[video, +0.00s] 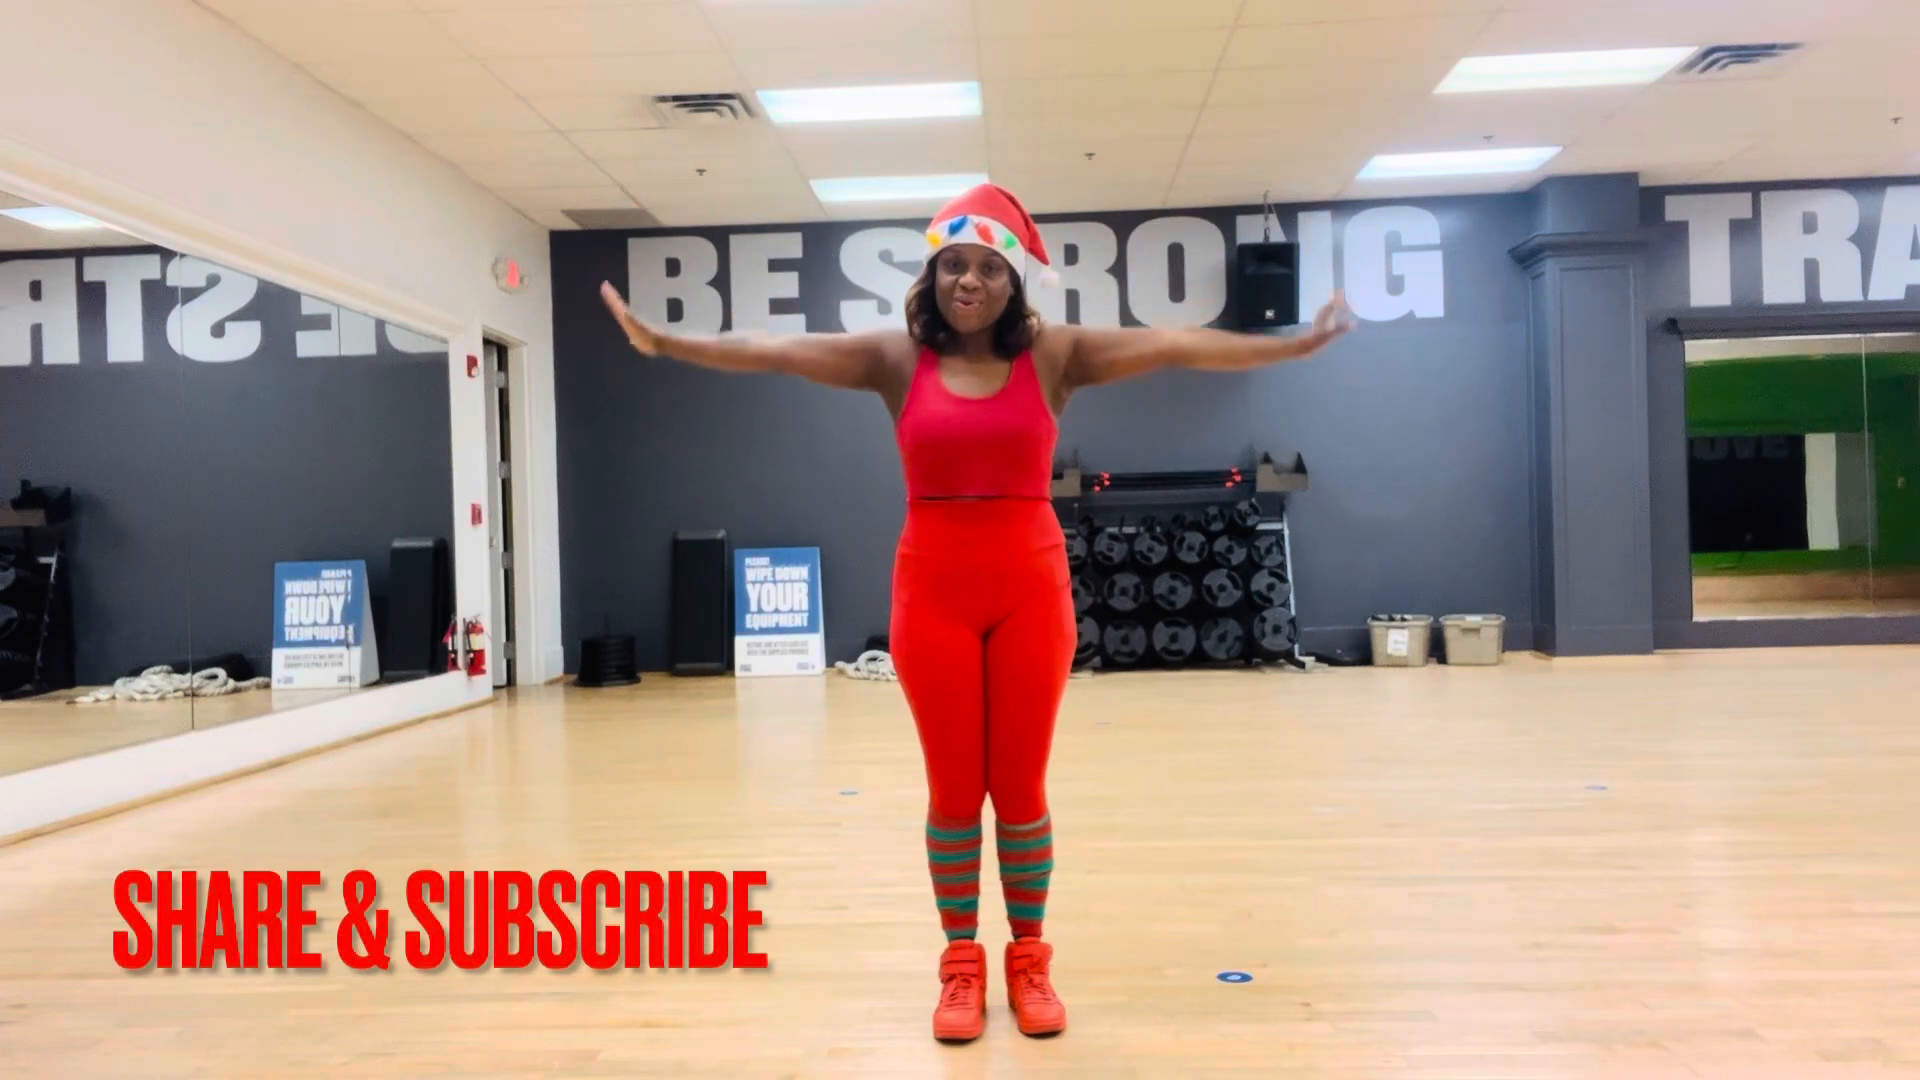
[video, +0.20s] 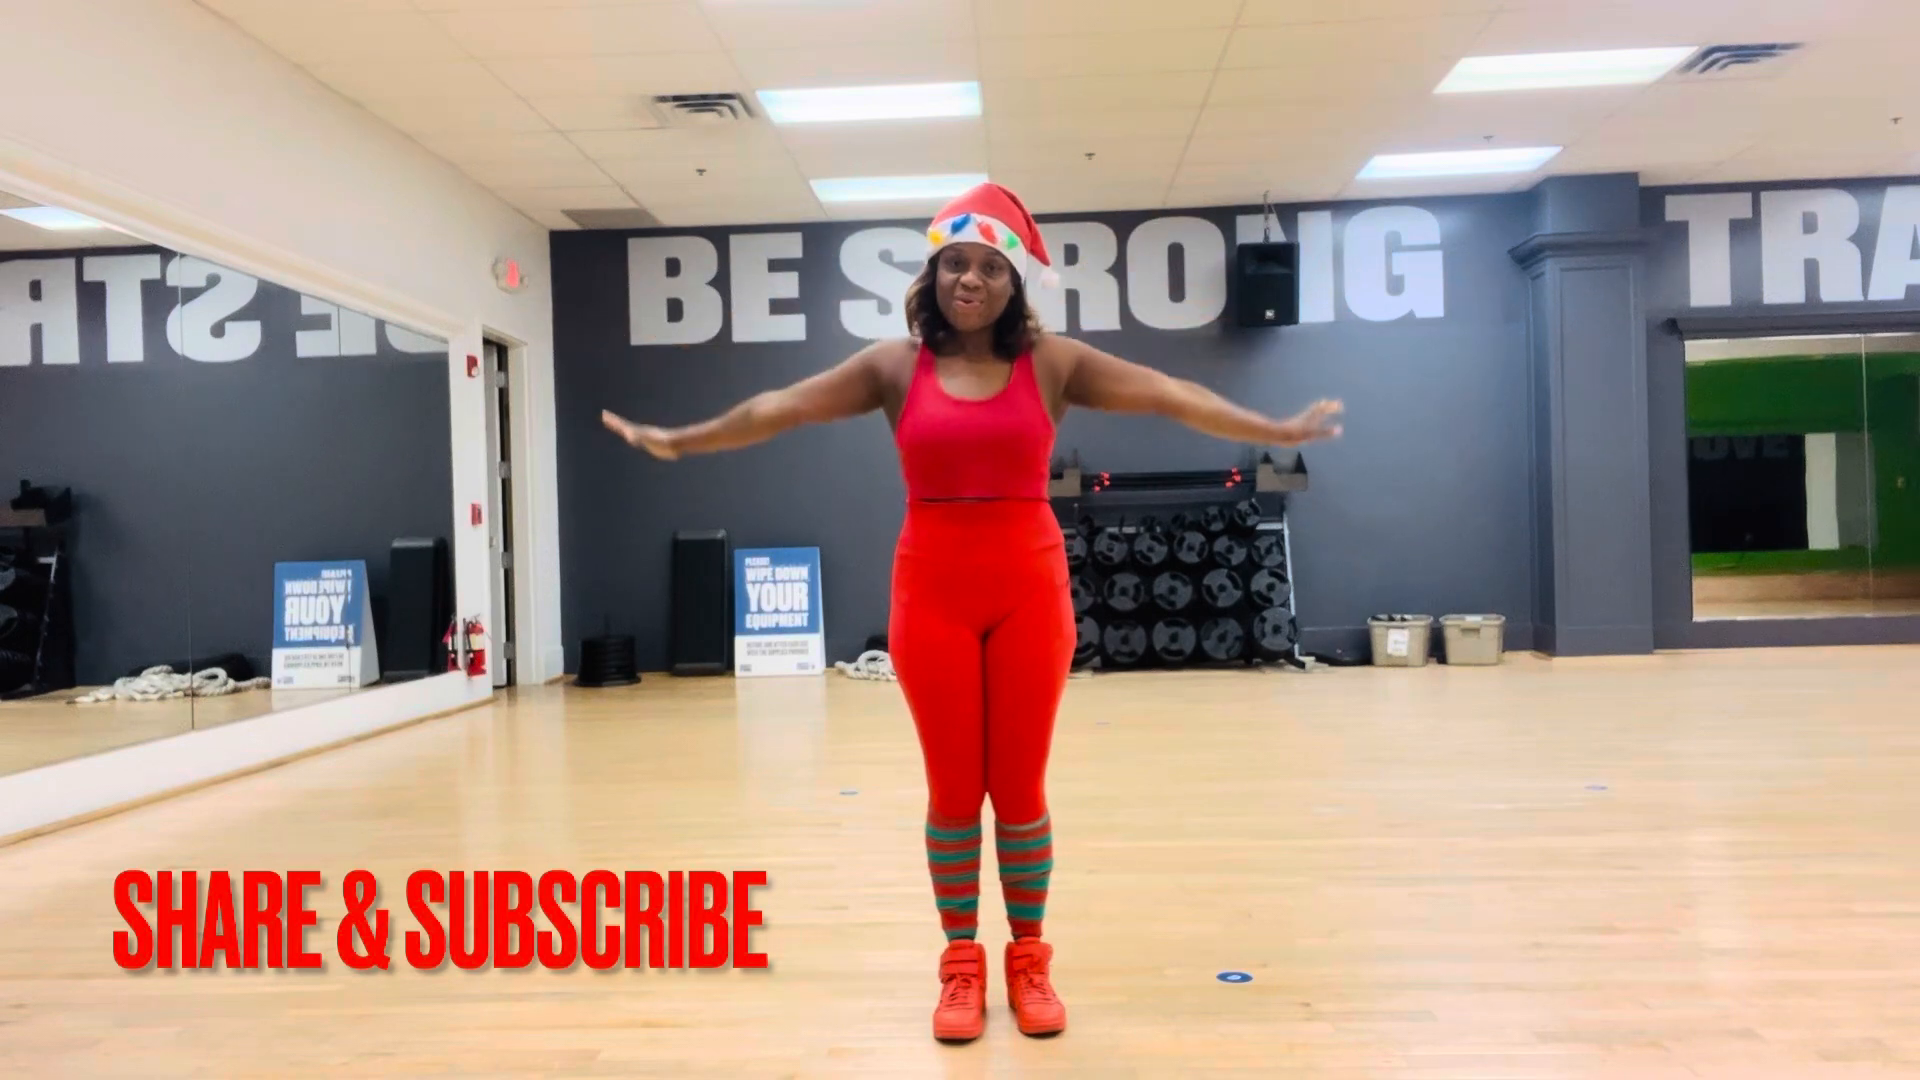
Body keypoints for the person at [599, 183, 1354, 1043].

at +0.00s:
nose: (966, 285)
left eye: (984, 270)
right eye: (952, 268)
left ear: (1014, 278)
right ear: (931, 276)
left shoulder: (1054, 351)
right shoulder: (898, 355)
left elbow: (1176, 345)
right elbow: (774, 353)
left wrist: (1291, 345)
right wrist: (658, 342)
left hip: (1031, 591)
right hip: (933, 593)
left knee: (1019, 786)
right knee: (955, 785)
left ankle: (1030, 961)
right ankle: (962, 966)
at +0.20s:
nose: (968, 280)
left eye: (985, 268)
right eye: (954, 267)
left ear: (1013, 282)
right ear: (933, 280)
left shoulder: (1051, 361)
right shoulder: (896, 364)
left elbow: (1170, 396)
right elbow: (779, 408)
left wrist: (1276, 430)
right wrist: (678, 442)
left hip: (1031, 589)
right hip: (932, 593)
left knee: (1019, 785)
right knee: (954, 787)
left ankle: (1030, 959)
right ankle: (962, 965)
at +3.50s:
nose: (907, 281)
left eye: (923, 265)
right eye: (890, 267)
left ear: (949, 280)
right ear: (865, 286)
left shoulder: (993, 361)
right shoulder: (837, 384)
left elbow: (1058, 468)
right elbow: (796, 492)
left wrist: (1002, 460)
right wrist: (851, 514)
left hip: (1004, 593)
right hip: (902, 605)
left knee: (1057, 778)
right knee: (921, 798)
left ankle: (1048, 950)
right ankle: (922, 969)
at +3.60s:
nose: (910, 293)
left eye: (926, 277)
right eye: (892, 280)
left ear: (951, 289)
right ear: (869, 302)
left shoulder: (1002, 365)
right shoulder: (849, 405)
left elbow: (1068, 471)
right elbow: (815, 509)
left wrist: (997, 436)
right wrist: (854, 550)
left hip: (995, 608)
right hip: (896, 617)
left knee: (1064, 786)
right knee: (919, 807)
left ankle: (1046, 957)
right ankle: (923, 972)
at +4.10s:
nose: (976, 278)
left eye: (993, 262)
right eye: (959, 264)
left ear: (1021, 274)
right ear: (940, 280)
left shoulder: (1068, 364)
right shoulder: (908, 373)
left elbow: (1112, 480)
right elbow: (863, 475)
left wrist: (1040, 453)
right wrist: (899, 503)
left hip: (1048, 592)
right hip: (943, 594)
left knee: (1075, 789)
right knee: (936, 792)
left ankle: (1088, 962)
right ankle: (925, 969)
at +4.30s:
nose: (1006, 282)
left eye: (1023, 267)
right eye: (990, 269)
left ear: (1054, 278)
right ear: (972, 283)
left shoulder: (1101, 368)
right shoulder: (944, 378)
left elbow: (1146, 483)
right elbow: (904, 477)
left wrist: (1068, 453)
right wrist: (930, 516)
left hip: (1064, 601)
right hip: (959, 598)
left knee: (1076, 796)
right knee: (943, 793)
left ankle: (1085, 966)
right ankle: (925, 967)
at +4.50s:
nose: (1032, 291)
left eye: (1052, 280)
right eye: (1019, 274)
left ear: (1081, 299)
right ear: (999, 285)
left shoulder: (1108, 396)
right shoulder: (951, 373)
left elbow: (1158, 499)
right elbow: (888, 472)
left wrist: (1110, 527)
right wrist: (940, 470)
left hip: (1085, 611)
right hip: (982, 611)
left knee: (1077, 796)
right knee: (950, 803)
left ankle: (1088, 966)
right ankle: (954, 969)